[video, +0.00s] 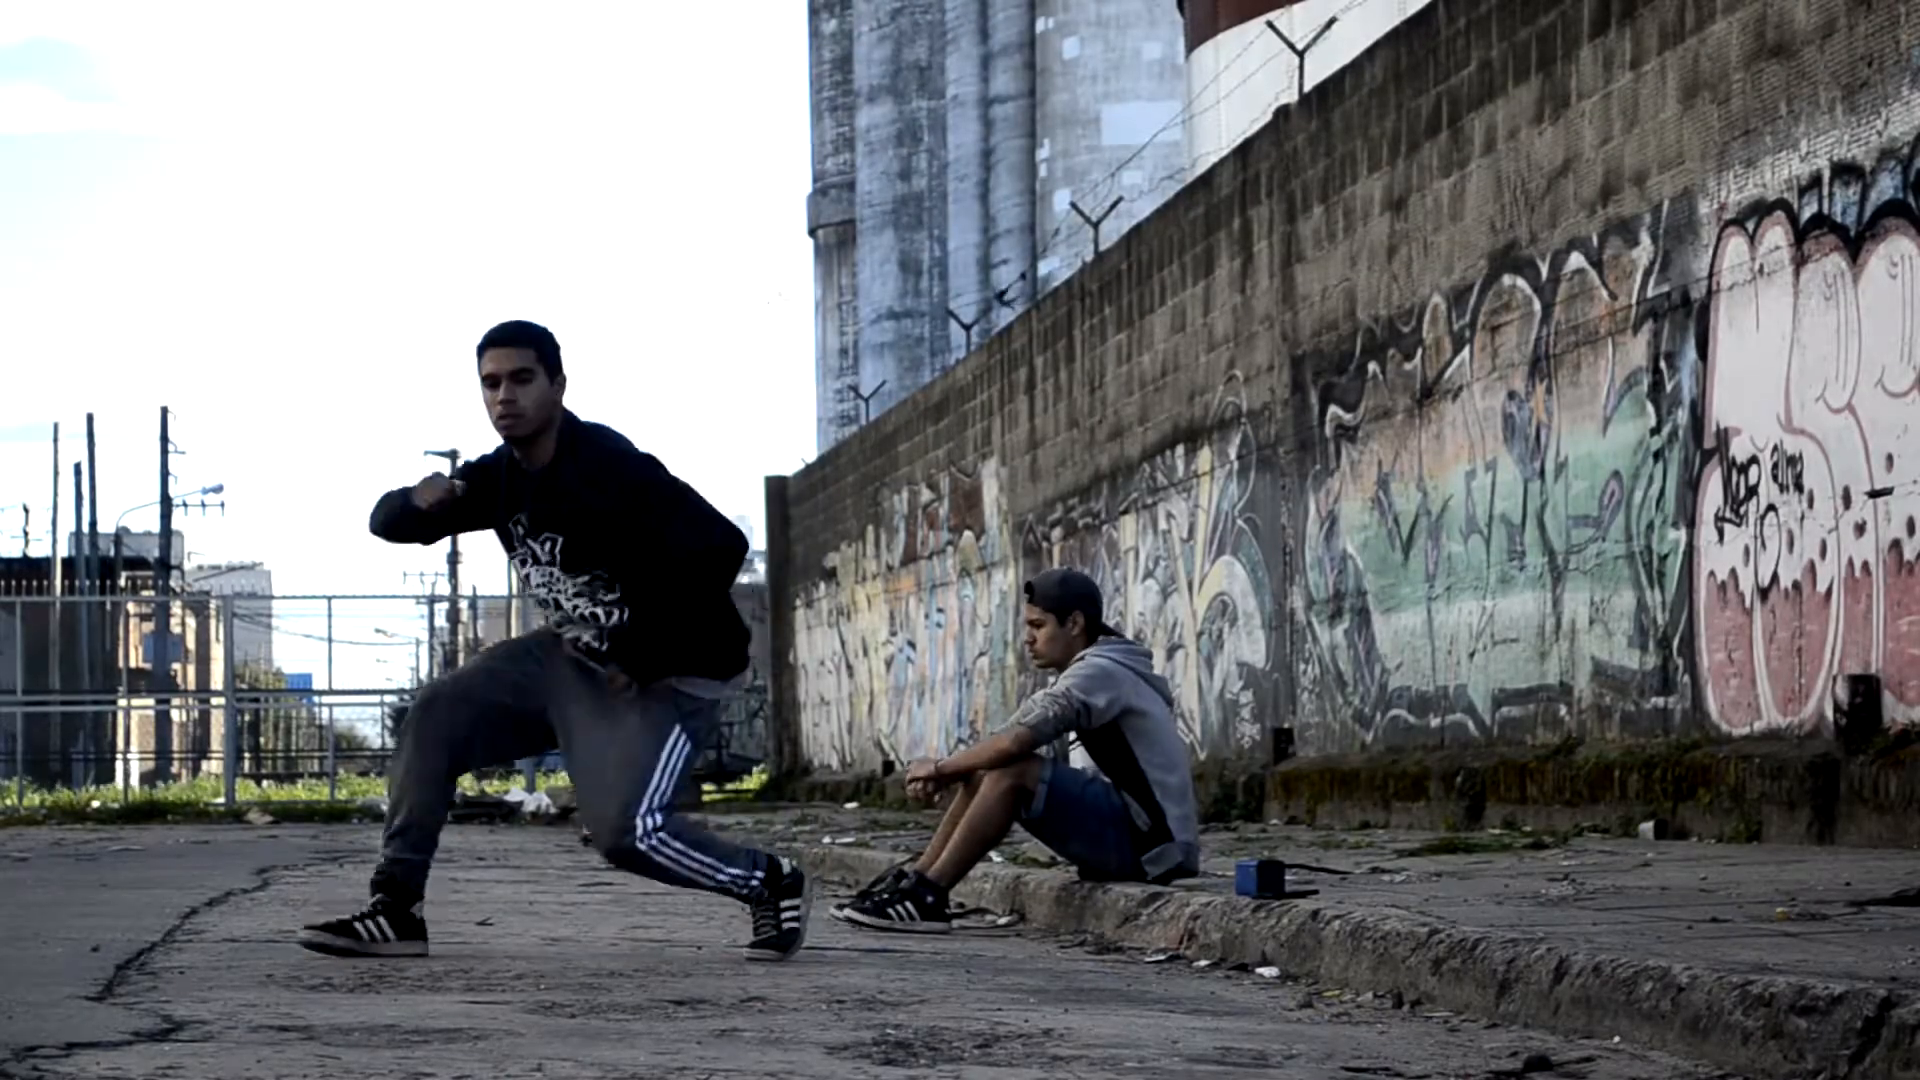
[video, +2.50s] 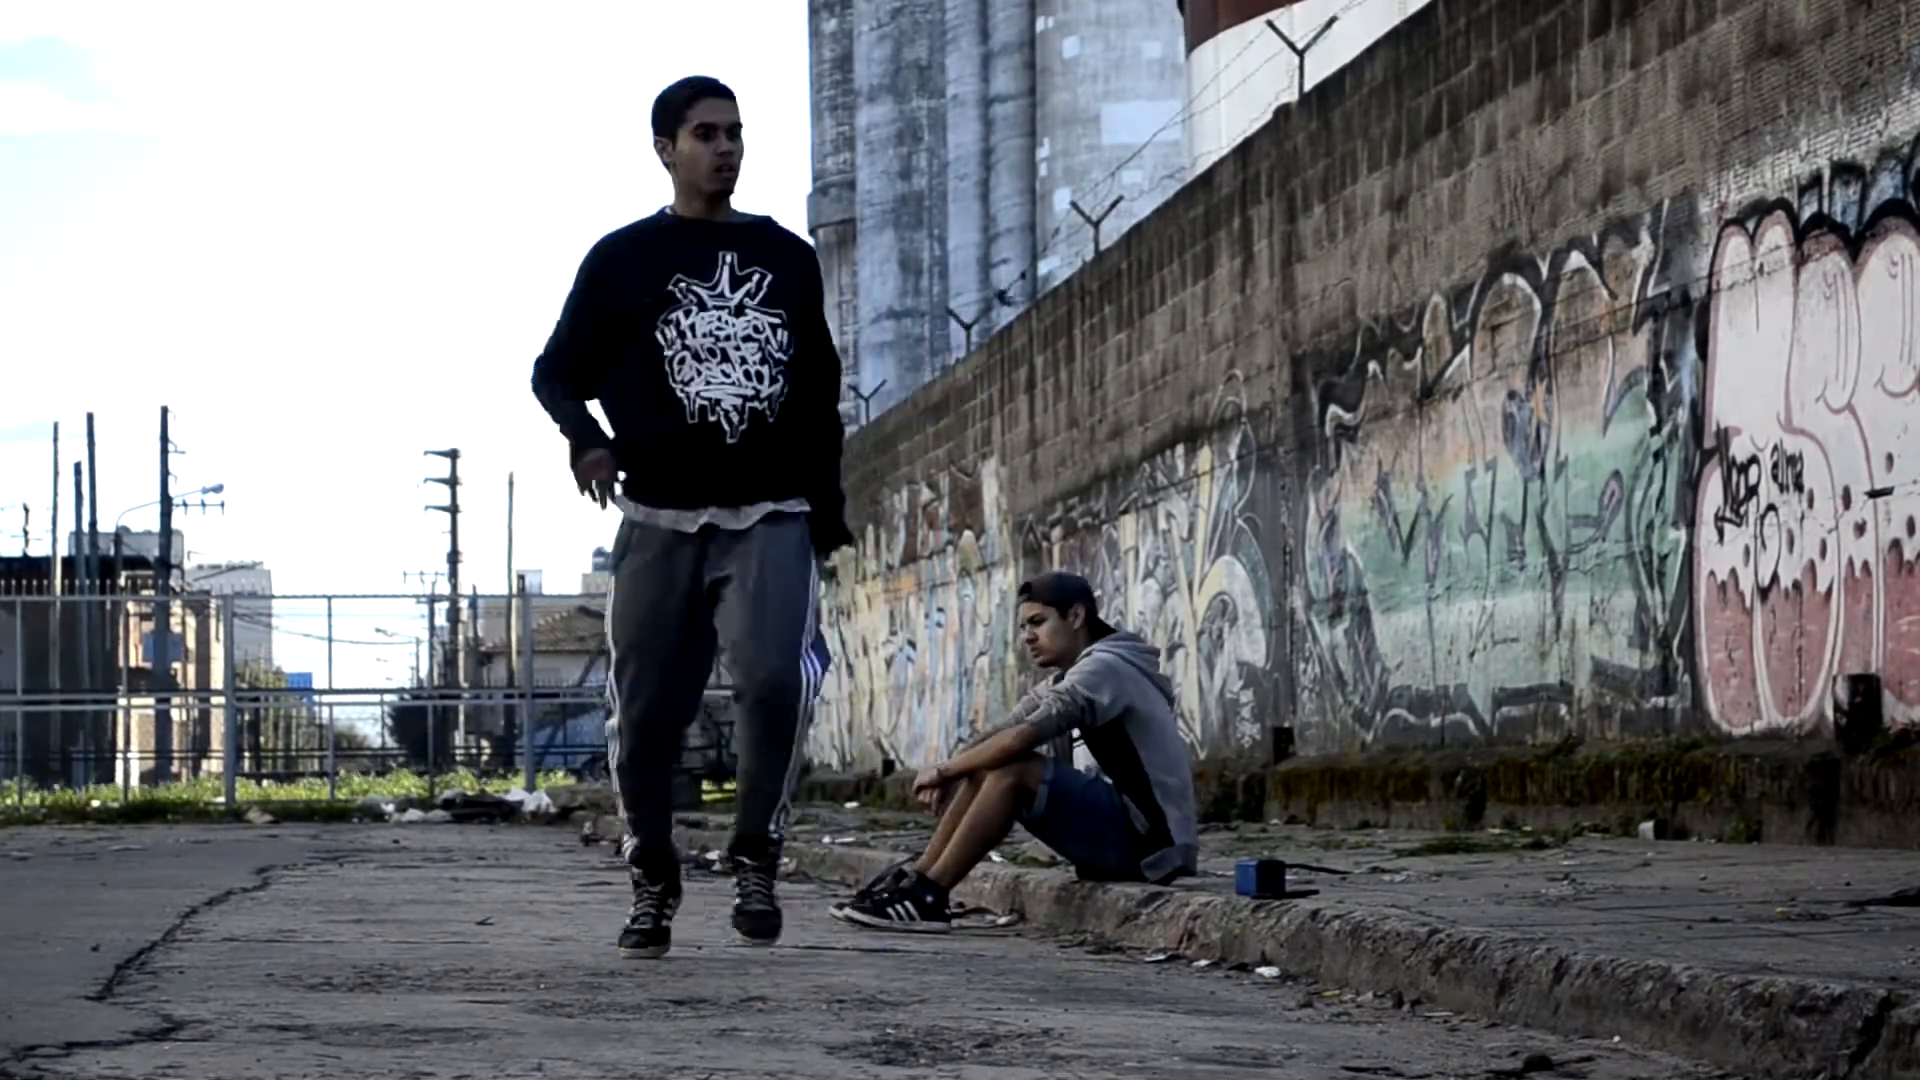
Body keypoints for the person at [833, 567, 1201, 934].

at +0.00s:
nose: (1028, 638)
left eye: (1037, 626)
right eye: (1027, 626)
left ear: (1075, 624)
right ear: (1076, 626)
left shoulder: (1100, 669)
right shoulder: (1088, 669)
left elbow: (1016, 742)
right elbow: (1017, 740)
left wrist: (940, 766)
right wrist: (945, 769)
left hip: (1151, 843)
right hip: (1128, 833)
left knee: (1011, 773)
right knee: (984, 769)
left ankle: (931, 894)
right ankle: (912, 884)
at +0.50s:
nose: (1029, 639)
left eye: (1039, 627)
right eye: (1027, 627)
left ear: (1078, 625)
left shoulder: (1103, 673)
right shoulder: (1072, 675)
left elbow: (1022, 747)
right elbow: (1005, 730)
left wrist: (944, 761)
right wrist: (945, 762)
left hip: (1151, 844)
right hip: (1121, 834)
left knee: (1014, 770)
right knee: (983, 763)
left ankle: (932, 893)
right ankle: (915, 883)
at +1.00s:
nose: (1024, 644)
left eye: (1032, 631)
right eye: (1021, 633)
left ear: (1070, 626)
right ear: (1066, 628)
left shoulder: (1101, 671)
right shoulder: (1071, 676)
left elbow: (1021, 740)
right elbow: (1002, 733)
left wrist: (946, 770)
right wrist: (946, 772)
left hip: (1151, 845)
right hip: (1122, 835)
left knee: (1015, 771)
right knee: (986, 765)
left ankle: (932, 895)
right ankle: (914, 884)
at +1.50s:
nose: (1039, 648)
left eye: (1049, 635)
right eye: (1031, 636)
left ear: (1088, 628)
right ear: (1027, 634)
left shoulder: (1110, 673)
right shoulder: (1068, 676)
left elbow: (1024, 743)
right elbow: (1002, 731)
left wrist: (943, 773)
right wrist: (945, 773)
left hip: (1148, 846)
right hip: (1118, 836)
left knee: (1015, 771)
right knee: (986, 763)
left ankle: (932, 894)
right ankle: (914, 883)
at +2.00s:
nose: (1035, 634)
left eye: (1047, 621)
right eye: (1030, 624)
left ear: (1085, 621)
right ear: (1026, 624)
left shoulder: (1103, 666)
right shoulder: (1081, 668)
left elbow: (1018, 741)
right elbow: (1012, 736)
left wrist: (940, 772)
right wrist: (948, 773)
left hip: (1149, 844)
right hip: (1123, 835)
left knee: (1011, 772)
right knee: (987, 766)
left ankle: (934, 893)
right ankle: (917, 879)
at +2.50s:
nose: (1028, 637)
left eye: (1037, 623)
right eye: (1024, 627)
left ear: (1076, 617)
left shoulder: (1105, 665)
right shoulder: (1081, 670)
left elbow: (1022, 738)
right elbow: (1015, 730)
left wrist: (945, 770)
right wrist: (949, 769)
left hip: (1151, 844)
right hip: (1123, 834)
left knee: (1015, 770)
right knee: (986, 764)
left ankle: (933, 895)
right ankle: (914, 884)